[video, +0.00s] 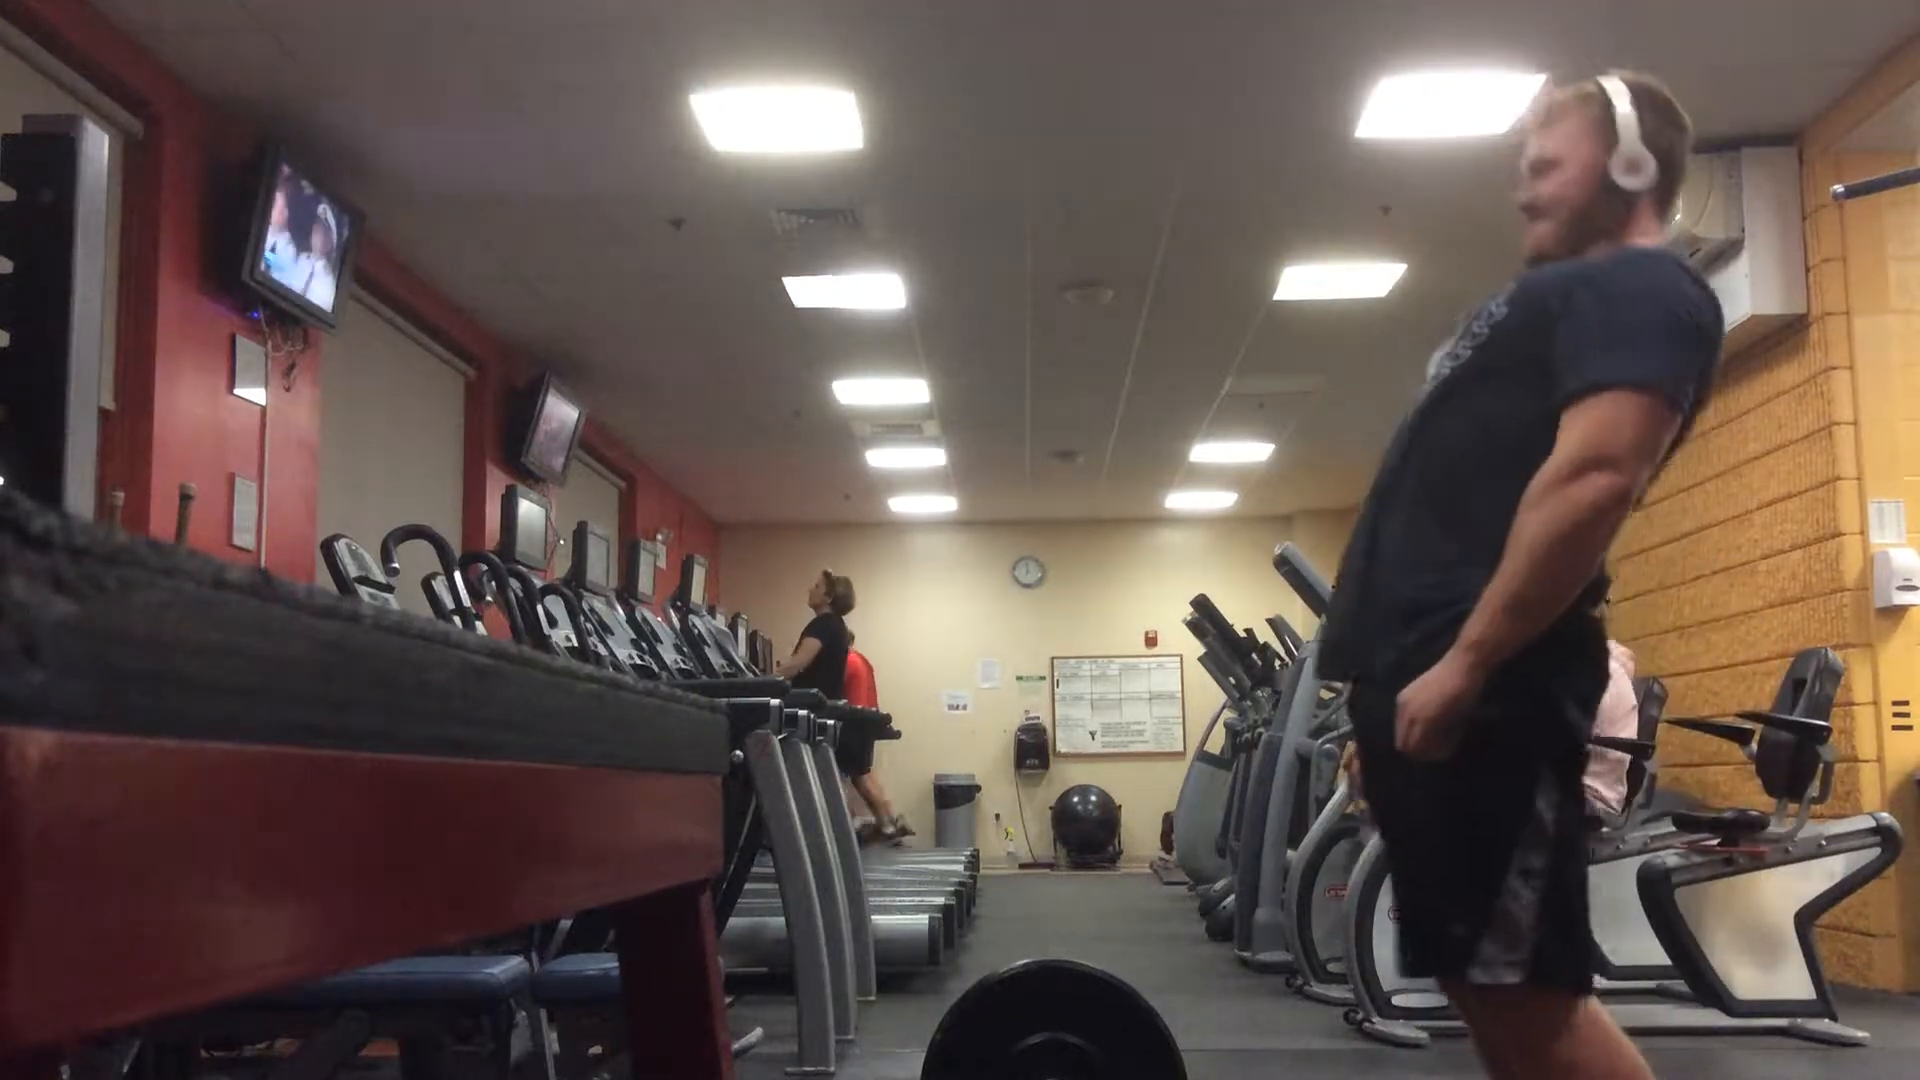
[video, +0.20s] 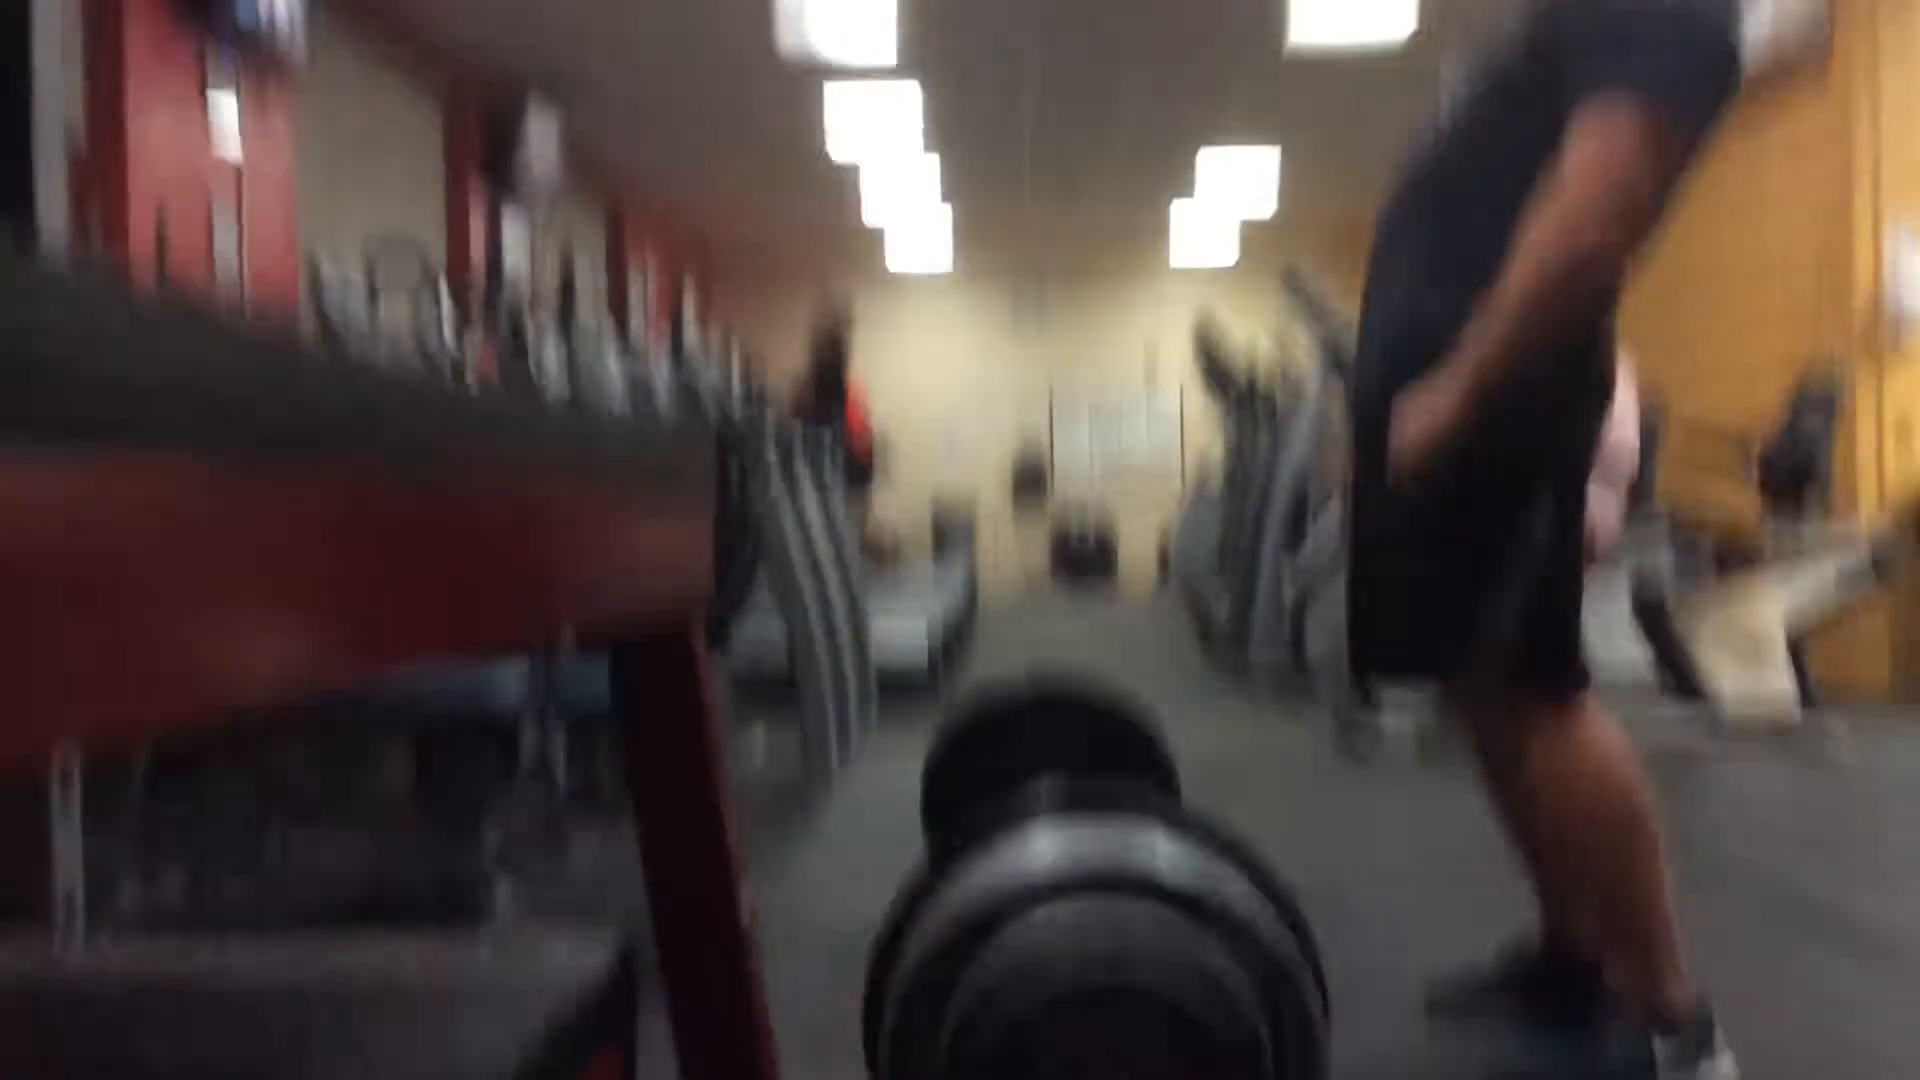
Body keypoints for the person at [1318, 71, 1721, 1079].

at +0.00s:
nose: (1521, 187)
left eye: (1544, 164)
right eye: (1522, 169)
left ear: (1629, 170)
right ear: (1606, 176)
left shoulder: (1639, 283)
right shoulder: (1545, 299)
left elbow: (1595, 477)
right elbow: (1461, 502)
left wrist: (1465, 664)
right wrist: (1385, 700)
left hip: (1496, 693)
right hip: (1436, 689)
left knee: (1531, 1010)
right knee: (1493, 1001)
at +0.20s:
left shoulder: (1661, 19)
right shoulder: (1592, 29)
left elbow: (1591, 215)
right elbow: (1565, 216)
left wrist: (1458, 384)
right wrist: (1424, 374)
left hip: (1518, 387)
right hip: (1465, 382)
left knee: (1535, 697)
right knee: (1484, 686)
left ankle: (1664, 1021)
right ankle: (1575, 958)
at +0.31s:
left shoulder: (1624, 4)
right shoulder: (1486, 19)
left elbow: (1596, 88)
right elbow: (1461, 135)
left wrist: (1464, 289)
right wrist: (1390, 323)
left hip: (1540, 299)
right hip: (1471, 300)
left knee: (1549, 611)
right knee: (1494, 601)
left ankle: (1657, 936)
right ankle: (1570, 873)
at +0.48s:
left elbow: (1571, 17)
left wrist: (1480, 226)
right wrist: (1440, 253)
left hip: (1598, 169)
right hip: (1512, 176)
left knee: (1569, 526)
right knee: (1504, 514)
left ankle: (1655, 860)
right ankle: (1569, 797)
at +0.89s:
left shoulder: (1517, 10)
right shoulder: (1420, 18)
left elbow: (1536, 145)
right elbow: (1449, 167)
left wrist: (1515, 377)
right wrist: (1444, 366)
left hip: (1759, 133)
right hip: (1655, 142)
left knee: (1577, 435)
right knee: (1489, 418)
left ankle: (1650, 762)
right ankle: (1566, 690)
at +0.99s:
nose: (1325, 15)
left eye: (1321, 8)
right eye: (1318, 13)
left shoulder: (1485, 37)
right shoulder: (1405, 74)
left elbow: (1531, 272)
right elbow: (1444, 272)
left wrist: (1506, 497)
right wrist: (1437, 444)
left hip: (1753, 265)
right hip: (1662, 270)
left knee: (1547, 479)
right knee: (1502, 461)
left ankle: (1646, 800)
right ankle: (1556, 737)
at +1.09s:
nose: (1254, 94)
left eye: (1277, 70)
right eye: (1258, 69)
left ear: (1368, 77)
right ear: (1343, 83)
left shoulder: (1469, 187)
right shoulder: (1390, 218)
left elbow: (1527, 437)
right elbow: (1444, 420)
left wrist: (1504, 671)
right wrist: (1414, 594)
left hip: (1757, 394)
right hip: (1659, 396)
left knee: (1512, 597)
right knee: (1446, 571)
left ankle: (1654, 892)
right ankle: (1560, 822)